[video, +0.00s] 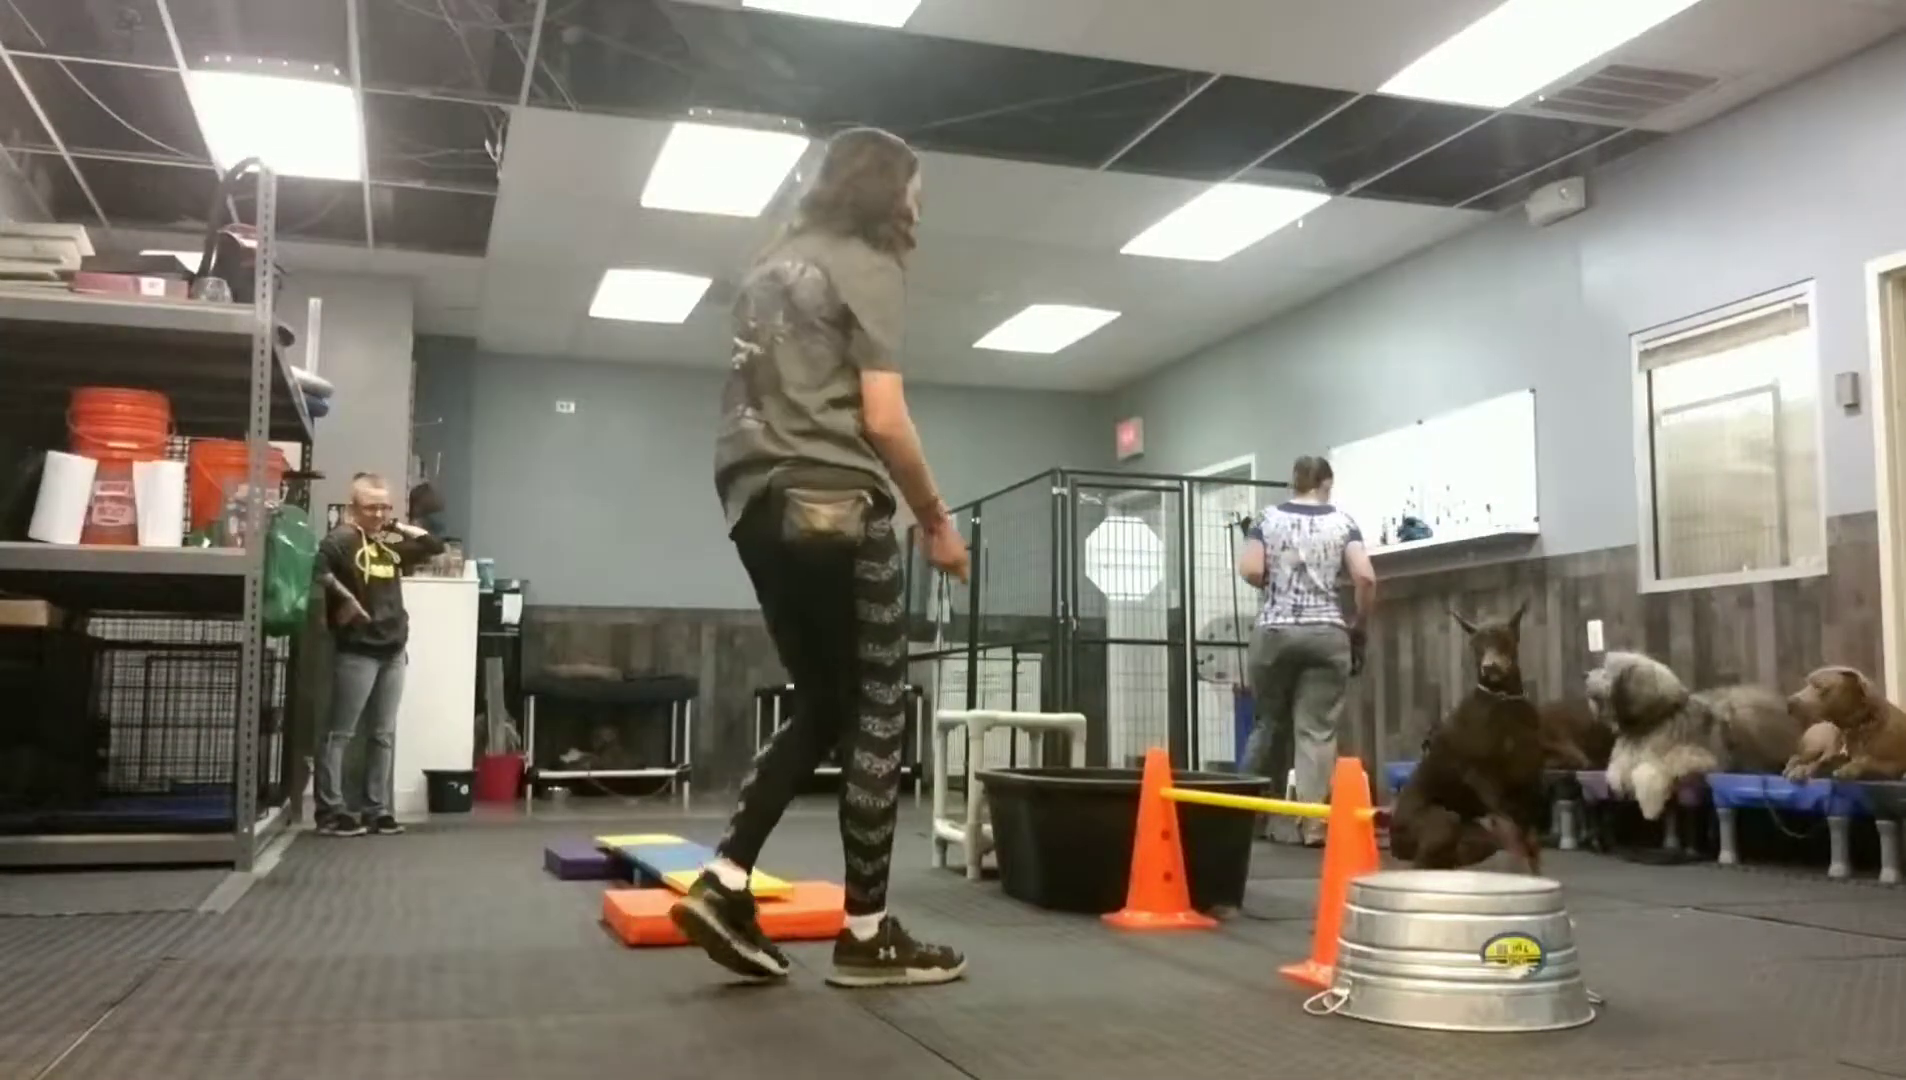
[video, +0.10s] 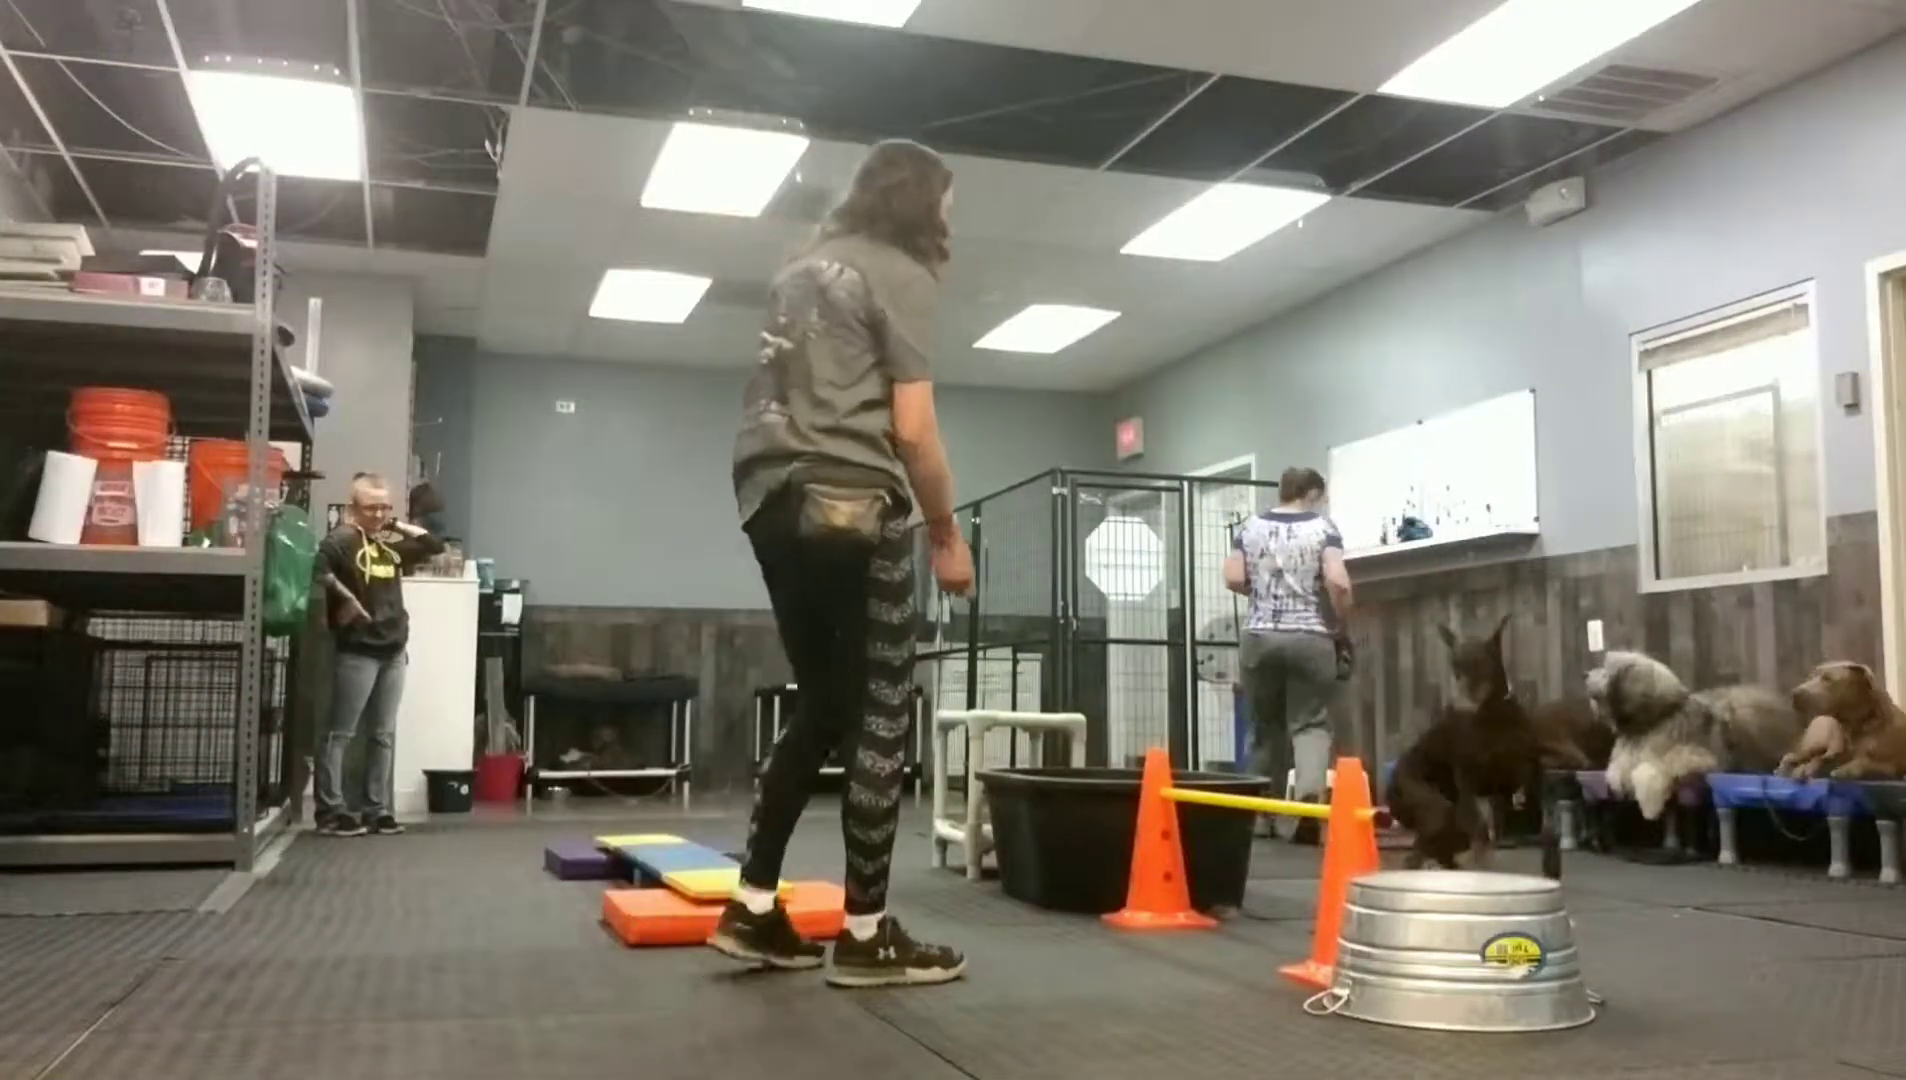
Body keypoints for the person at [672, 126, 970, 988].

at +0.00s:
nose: (919, 210)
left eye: (919, 194)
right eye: (913, 193)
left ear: (834, 187)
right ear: (883, 192)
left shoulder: (770, 265)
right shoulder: (867, 266)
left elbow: (768, 397)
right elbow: (884, 416)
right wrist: (935, 518)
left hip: (761, 504)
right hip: (838, 504)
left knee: (818, 705)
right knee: (878, 709)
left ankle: (726, 878)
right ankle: (868, 927)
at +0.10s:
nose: (947, 223)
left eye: (947, 207)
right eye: (943, 207)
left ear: (867, 198)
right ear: (916, 204)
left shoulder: (800, 269)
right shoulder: (898, 274)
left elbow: (794, 401)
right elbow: (913, 427)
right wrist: (946, 534)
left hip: (776, 499)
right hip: (852, 504)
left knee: (819, 706)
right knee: (881, 714)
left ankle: (755, 902)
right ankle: (867, 927)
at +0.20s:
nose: (952, 232)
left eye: (953, 216)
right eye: (949, 215)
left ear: (873, 203)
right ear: (925, 211)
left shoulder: (808, 274)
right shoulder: (900, 280)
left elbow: (793, 402)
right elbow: (910, 432)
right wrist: (949, 538)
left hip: (777, 501)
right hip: (855, 506)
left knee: (783, 709)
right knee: (891, 708)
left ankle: (740, 917)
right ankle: (866, 929)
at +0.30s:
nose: (958, 237)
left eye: (959, 222)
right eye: (954, 221)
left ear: (883, 206)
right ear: (926, 214)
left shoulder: (818, 273)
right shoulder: (905, 285)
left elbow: (803, 403)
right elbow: (927, 437)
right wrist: (970, 540)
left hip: (781, 504)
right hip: (857, 507)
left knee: (781, 706)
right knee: (890, 708)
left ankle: (740, 914)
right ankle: (868, 927)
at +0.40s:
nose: (965, 241)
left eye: (967, 226)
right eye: (961, 225)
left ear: (888, 208)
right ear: (933, 217)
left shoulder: (821, 274)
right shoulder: (912, 286)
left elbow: (810, 400)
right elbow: (939, 434)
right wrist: (987, 532)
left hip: (783, 502)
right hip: (861, 503)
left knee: (787, 708)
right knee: (892, 709)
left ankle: (743, 913)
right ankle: (868, 926)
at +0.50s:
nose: (958, 241)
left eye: (960, 225)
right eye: (954, 224)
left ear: (878, 208)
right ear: (926, 216)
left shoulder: (808, 275)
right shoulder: (902, 284)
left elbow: (795, 404)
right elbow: (919, 434)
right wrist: (960, 540)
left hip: (773, 504)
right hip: (852, 506)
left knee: (783, 710)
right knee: (886, 714)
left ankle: (741, 915)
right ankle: (869, 926)